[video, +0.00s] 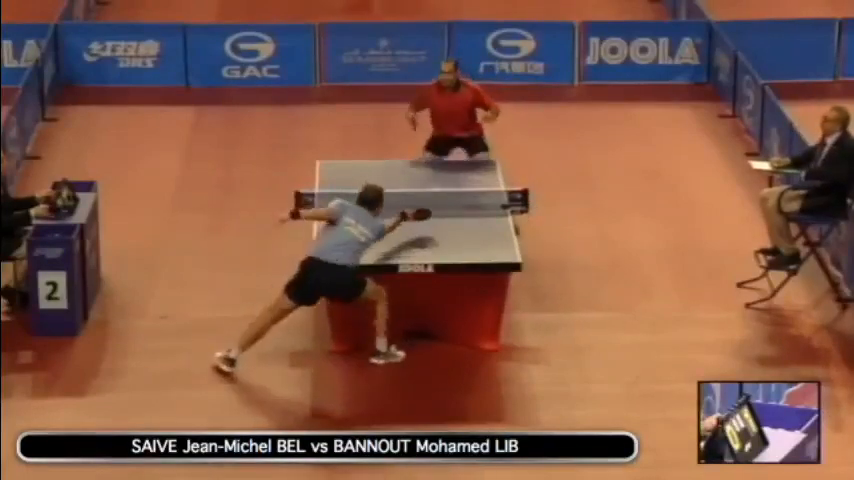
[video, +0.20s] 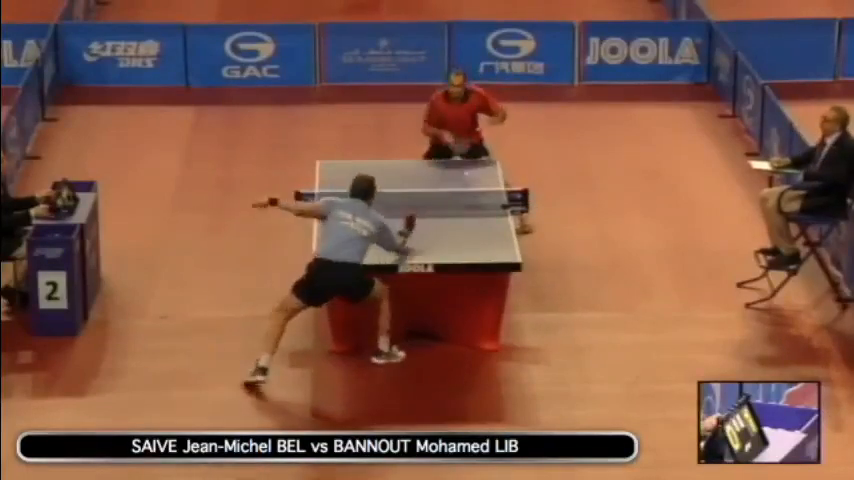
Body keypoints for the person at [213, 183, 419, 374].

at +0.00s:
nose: (376, 206)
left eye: (370, 197)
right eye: (378, 202)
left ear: (359, 198)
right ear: (378, 206)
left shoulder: (343, 207)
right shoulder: (377, 227)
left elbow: (326, 215)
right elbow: (393, 225)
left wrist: (296, 215)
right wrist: (405, 216)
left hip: (312, 268)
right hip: (341, 275)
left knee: (275, 311)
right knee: (380, 296)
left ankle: (233, 354)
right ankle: (382, 349)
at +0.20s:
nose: (373, 196)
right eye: (373, 194)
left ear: (351, 191)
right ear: (372, 196)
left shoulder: (334, 205)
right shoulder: (375, 220)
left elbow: (303, 210)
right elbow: (394, 247)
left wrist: (276, 204)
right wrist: (407, 231)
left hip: (321, 271)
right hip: (352, 274)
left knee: (282, 313)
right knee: (383, 293)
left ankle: (262, 365)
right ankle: (384, 349)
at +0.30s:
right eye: (356, 176)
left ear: (334, 175)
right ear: (356, 179)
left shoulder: (316, 192)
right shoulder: (360, 204)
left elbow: (283, 191)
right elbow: (376, 243)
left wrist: (272, 191)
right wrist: (396, 240)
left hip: (307, 261)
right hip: (338, 262)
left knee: (284, 315)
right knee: (363, 303)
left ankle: (275, 370)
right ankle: (383, 349)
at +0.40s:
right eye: (348, 169)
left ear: (325, 169)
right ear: (348, 173)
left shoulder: (308, 187)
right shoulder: (351, 199)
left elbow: (272, 198)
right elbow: (365, 240)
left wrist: (268, 212)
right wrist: (390, 242)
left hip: (298, 256)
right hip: (327, 260)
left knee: (274, 308)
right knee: (357, 304)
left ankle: (262, 362)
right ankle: (366, 360)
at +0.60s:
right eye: (329, 190)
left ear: (305, 190)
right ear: (328, 193)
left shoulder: (288, 211)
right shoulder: (328, 220)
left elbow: (267, 246)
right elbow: (338, 264)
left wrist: (288, 255)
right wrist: (354, 266)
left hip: (274, 276)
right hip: (302, 281)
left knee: (249, 324)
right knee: (340, 327)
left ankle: (219, 373)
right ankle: (338, 390)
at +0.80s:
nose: (320, 213)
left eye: (318, 208)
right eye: (319, 209)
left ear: (295, 208)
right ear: (316, 211)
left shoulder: (278, 224)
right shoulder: (314, 239)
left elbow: (255, 248)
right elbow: (323, 282)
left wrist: (278, 254)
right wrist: (316, 299)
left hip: (254, 287)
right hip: (281, 293)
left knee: (237, 322)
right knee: (330, 326)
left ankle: (218, 371)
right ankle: (337, 389)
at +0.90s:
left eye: (292, 215)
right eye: (310, 218)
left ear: (288, 218)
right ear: (310, 222)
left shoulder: (272, 237)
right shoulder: (314, 250)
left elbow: (247, 259)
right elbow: (327, 289)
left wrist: (270, 249)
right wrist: (325, 310)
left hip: (256, 300)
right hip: (286, 307)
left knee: (236, 321)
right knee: (337, 328)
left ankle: (217, 373)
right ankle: (337, 389)